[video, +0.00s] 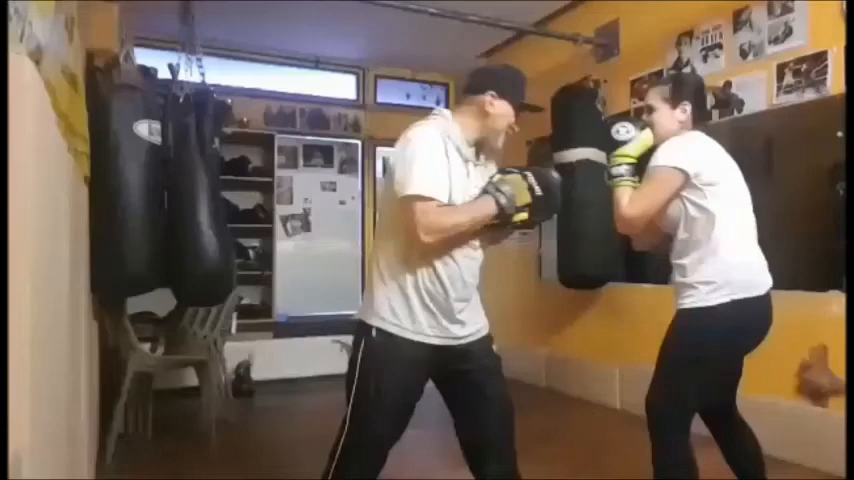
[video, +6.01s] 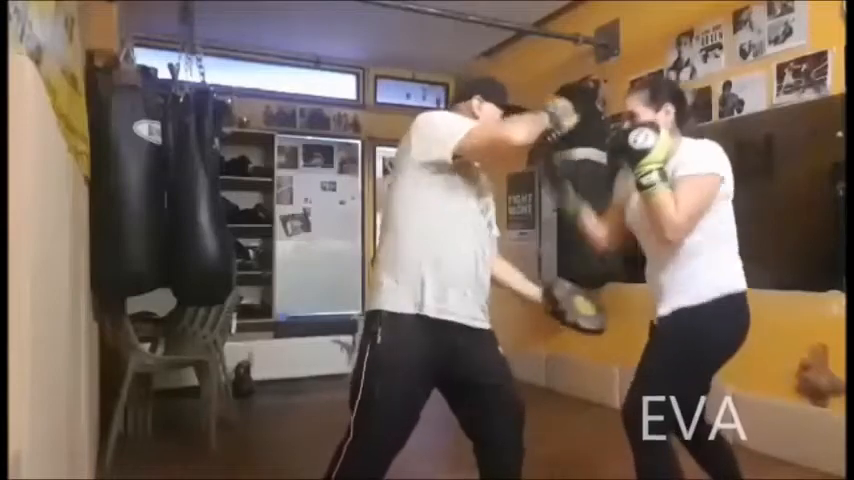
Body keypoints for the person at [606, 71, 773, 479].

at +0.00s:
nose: (643, 119)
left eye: (651, 109)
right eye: (643, 110)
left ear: (682, 111)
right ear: (682, 113)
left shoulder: (682, 149)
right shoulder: (709, 151)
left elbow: (629, 219)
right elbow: (645, 239)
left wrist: (621, 168)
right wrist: (627, 184)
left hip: (710, 308)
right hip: (745, 304)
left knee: (664, 411)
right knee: (718, 408)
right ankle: (755, 474)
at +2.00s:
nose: (640, 137)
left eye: (648, 126)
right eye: (635, 129)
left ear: (679, 123)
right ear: (630, 133)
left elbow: (681, 246)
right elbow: (616, 256)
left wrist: (657, 187)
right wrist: (567, 245)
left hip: (727, 316)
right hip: (676, 322)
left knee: (657, 415)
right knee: (682, 428)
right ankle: (729, 475)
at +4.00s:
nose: (638, 131)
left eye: (647, 118)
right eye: (635, 121)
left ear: (680, 115)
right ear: (681, 118)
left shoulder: (672, 153)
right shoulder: (704, 153)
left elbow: (607, 190)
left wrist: (581, 158)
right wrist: (635, 159)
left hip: (690, 311)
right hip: (729, 307)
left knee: (634, 414)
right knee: (701, 410)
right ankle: (743, 475)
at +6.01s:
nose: (627, 127)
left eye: (634, 117)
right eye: (625, 119)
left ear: (666, 113)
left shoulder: (703, 155)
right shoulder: (634, 173)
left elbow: (673, 229)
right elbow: (606, 239)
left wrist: (646, 165)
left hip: (711, 309)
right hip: (674, 315)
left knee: (641, 413)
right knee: (687, 418)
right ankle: (731, 474)